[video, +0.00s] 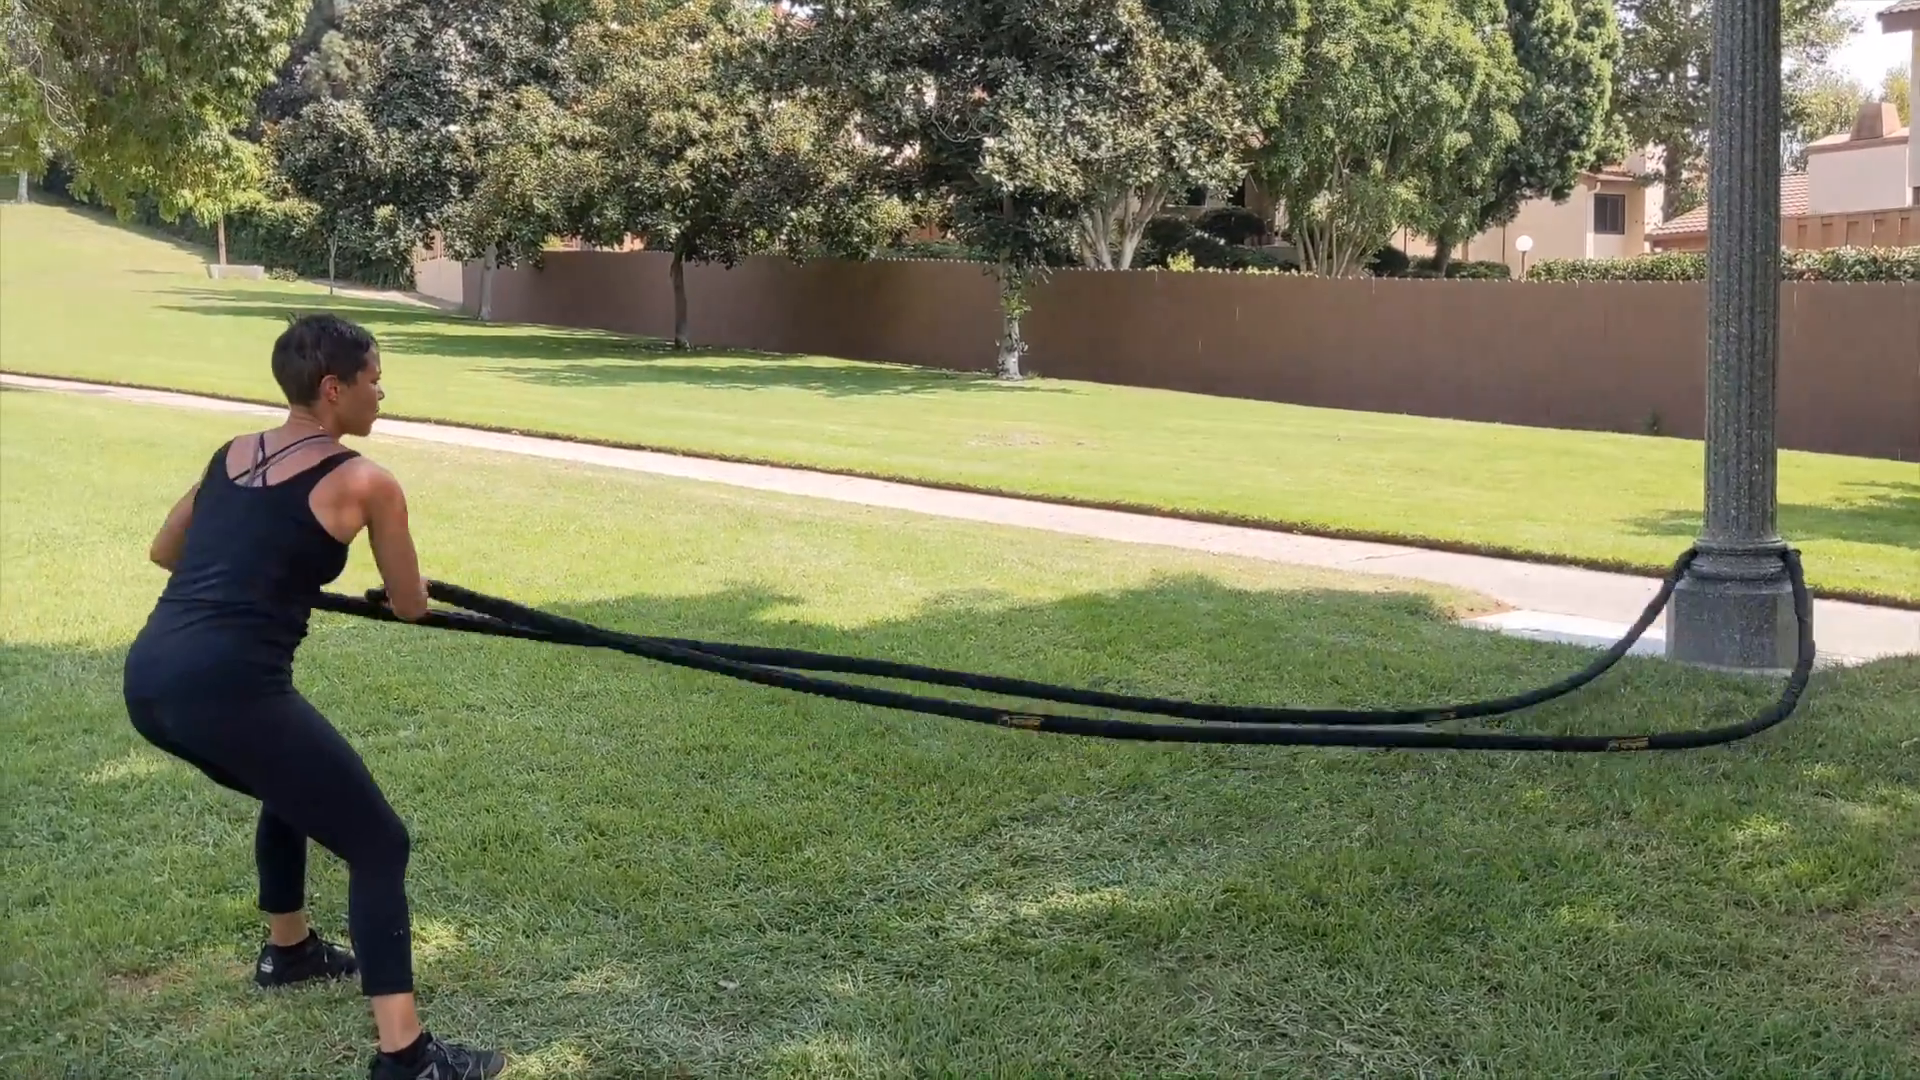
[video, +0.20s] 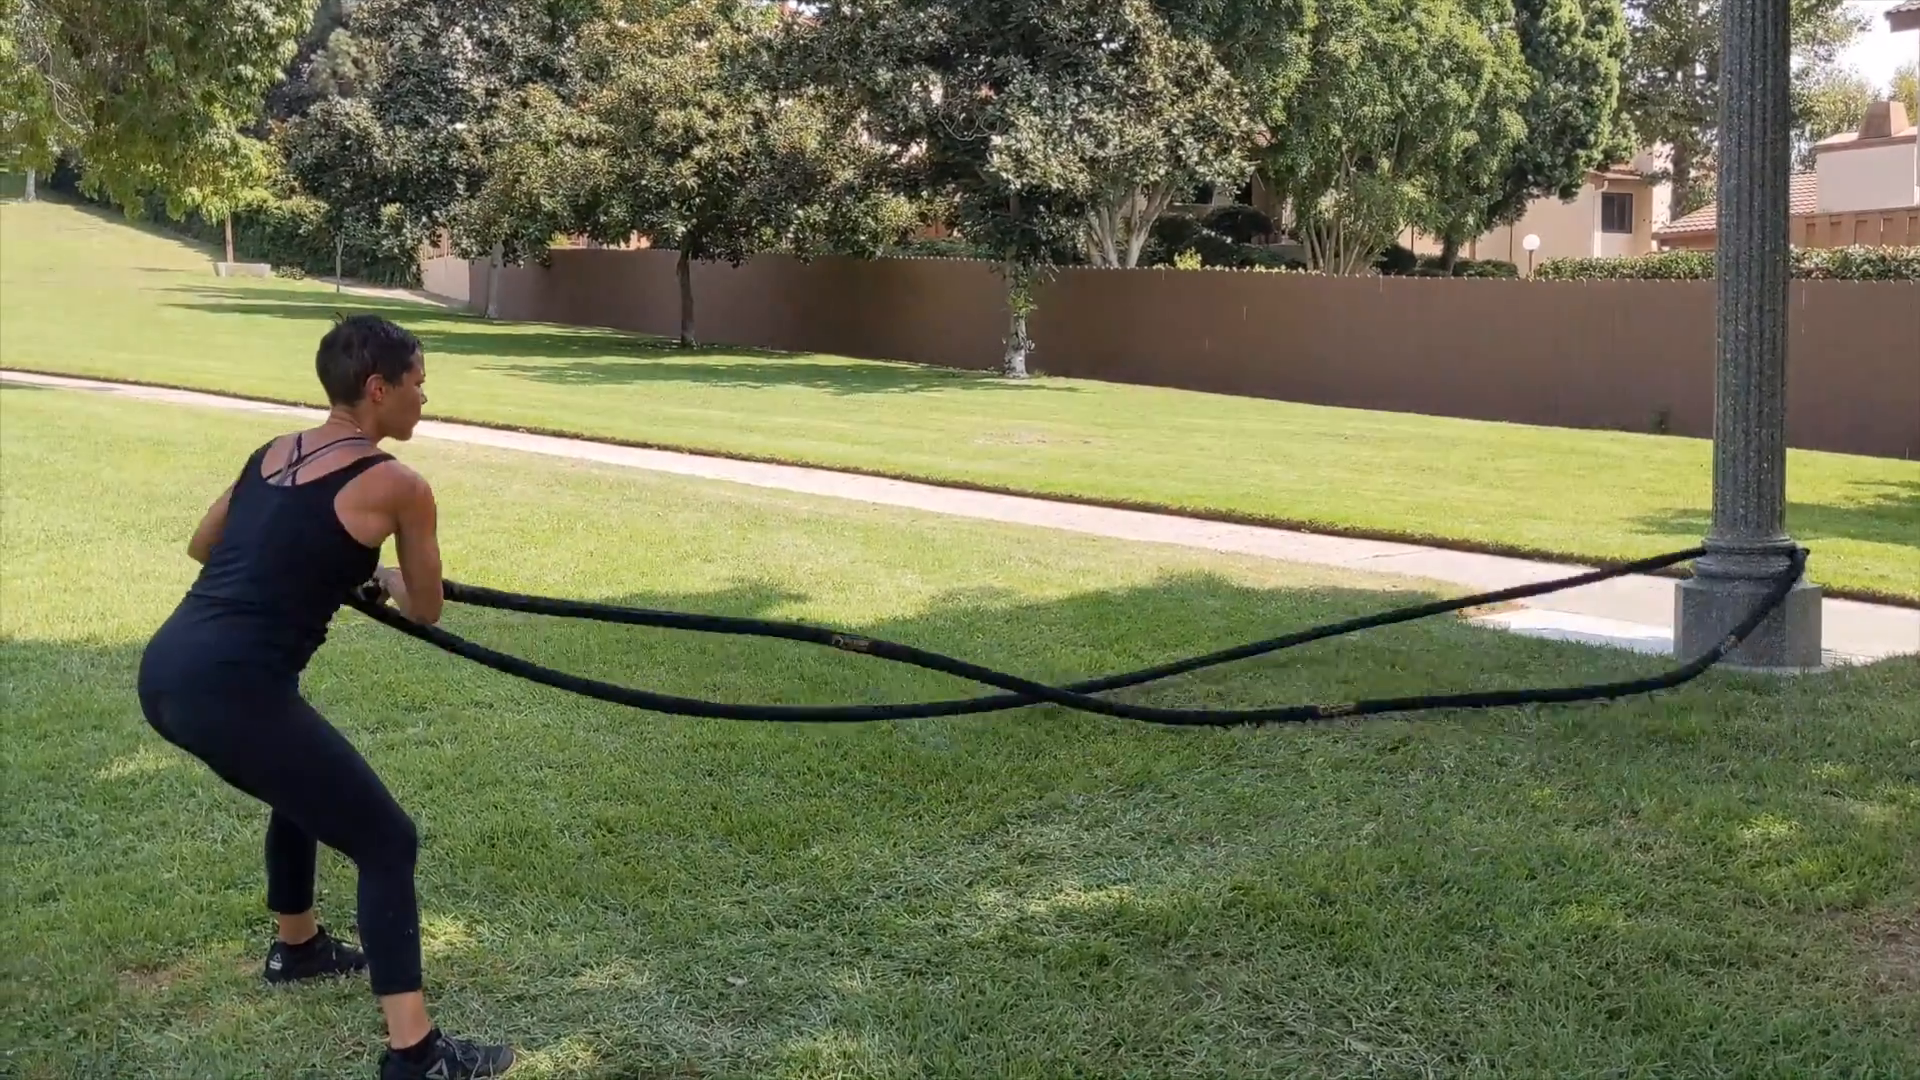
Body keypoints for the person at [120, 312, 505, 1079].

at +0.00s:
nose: (381, 396)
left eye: (379, 381)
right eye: (373, 382)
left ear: (304, 388)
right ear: (330, 389)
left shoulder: (237, 451)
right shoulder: (366, 481)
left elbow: (166, 547)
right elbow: (408, 599)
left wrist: (262, 552)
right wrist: (414, 603)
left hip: (152, 683)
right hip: (234, 691)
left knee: (289, 787)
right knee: (379, 841)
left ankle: (288, 949)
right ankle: (402, 1047)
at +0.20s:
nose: (424, 396)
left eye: (422, 381)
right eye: (416, 381)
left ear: (351, 388)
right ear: (376, 386)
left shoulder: (278, 447)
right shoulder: (399, 485)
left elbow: (205, 544)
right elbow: (425, 607)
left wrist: (306, 560)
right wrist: (377, 580)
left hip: (167, 675)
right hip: (237, 690)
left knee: (301, 786)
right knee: (386, 836)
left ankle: (297, 946)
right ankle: (413, 1046)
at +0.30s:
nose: (431, 397)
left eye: (429, 382)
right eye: (423, 382)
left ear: (358, 389)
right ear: (385, 387)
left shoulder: (300, 455)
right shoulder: (396, 484)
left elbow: (308, 565)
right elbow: (438, 617)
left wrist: (392, 592)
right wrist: (451, 604)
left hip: (172, 680)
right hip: (233, 700)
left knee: (302, 786)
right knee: (389, 838)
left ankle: (299, 946)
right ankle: (416, 1047)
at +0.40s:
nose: (441, 397)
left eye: (438, 382)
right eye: (432, 382)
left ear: (376, 392)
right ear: (393, 389)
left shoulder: (332, 471)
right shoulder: (387, 483)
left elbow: (413, 611)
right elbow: (458, 611)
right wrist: (522, 610)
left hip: (188, 686)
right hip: (225, 705)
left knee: (319, 793)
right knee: (391, 841)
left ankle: (299, 948)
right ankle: (417, 1047)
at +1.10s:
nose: (407, 397)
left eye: (407, 382)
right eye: (399, 382)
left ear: (340, 384)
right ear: (357, 383)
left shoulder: (272, 450)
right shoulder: (365, 483)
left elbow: (308, 561)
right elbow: (437, 615)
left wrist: (412, 576)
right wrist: (469, 629)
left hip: (160, 678)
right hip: (223, 695)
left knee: (304, 786)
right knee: (383, 837)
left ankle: (296, 945)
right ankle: (411, 1045)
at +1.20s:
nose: (403, 397)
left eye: (404, 381)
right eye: (397, 381)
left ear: (335, 383)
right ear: (355, 383)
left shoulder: (258, 444)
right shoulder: (382, 485)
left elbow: (263, 543)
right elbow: (429, 611)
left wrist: (346, 569)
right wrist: (404, 615)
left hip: (157, 681)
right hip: (232, 698)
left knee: (298, 779)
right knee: (393, 834)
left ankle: (296, 944)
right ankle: (411, 1044)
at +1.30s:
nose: (412, 396)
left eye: (411, 380)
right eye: (405, 381)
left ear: (341, 384)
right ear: (365, 384)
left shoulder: (265, 441)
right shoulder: (392, 486)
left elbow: (170, 530)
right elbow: (423, 600)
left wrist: (262, 549)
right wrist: (371, 570)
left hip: (163, 682)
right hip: (244, 697)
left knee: (294, 785)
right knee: (406, 833)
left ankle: (297, 943)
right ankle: (414, 1042)